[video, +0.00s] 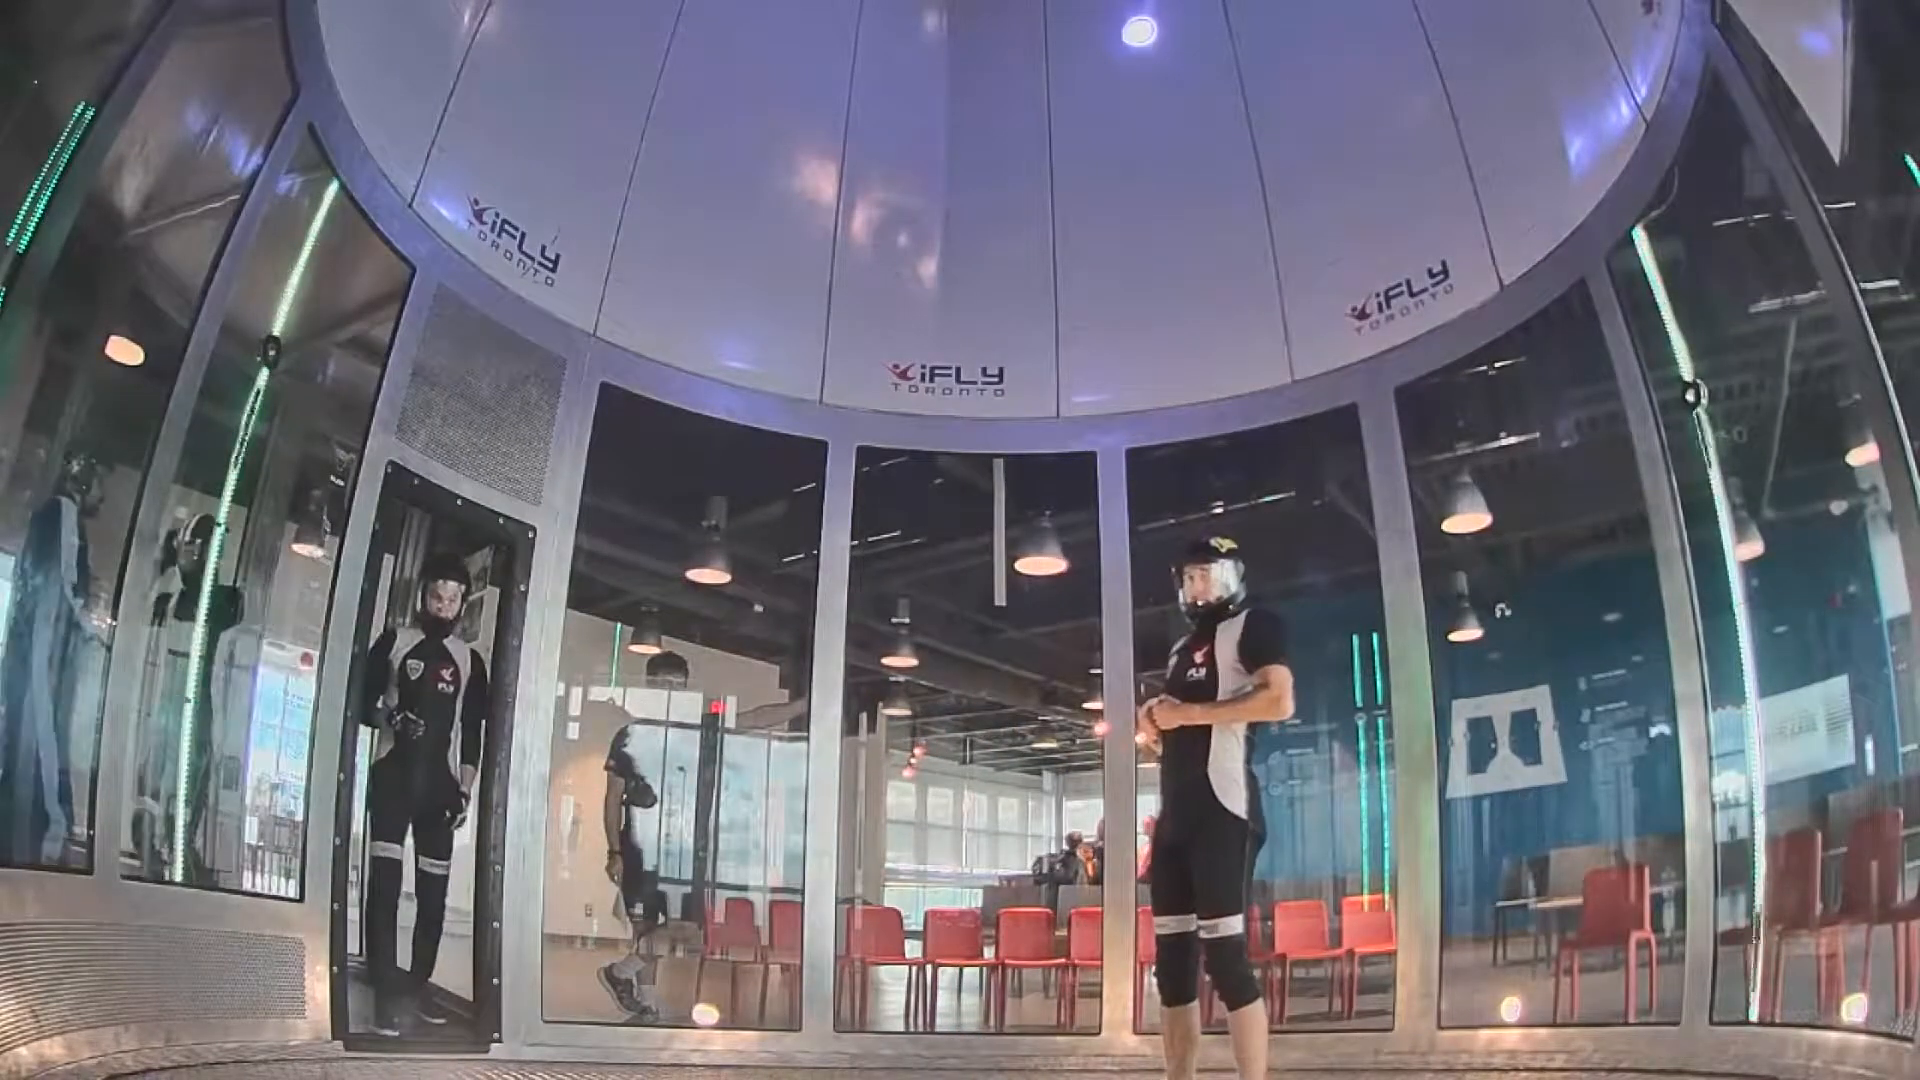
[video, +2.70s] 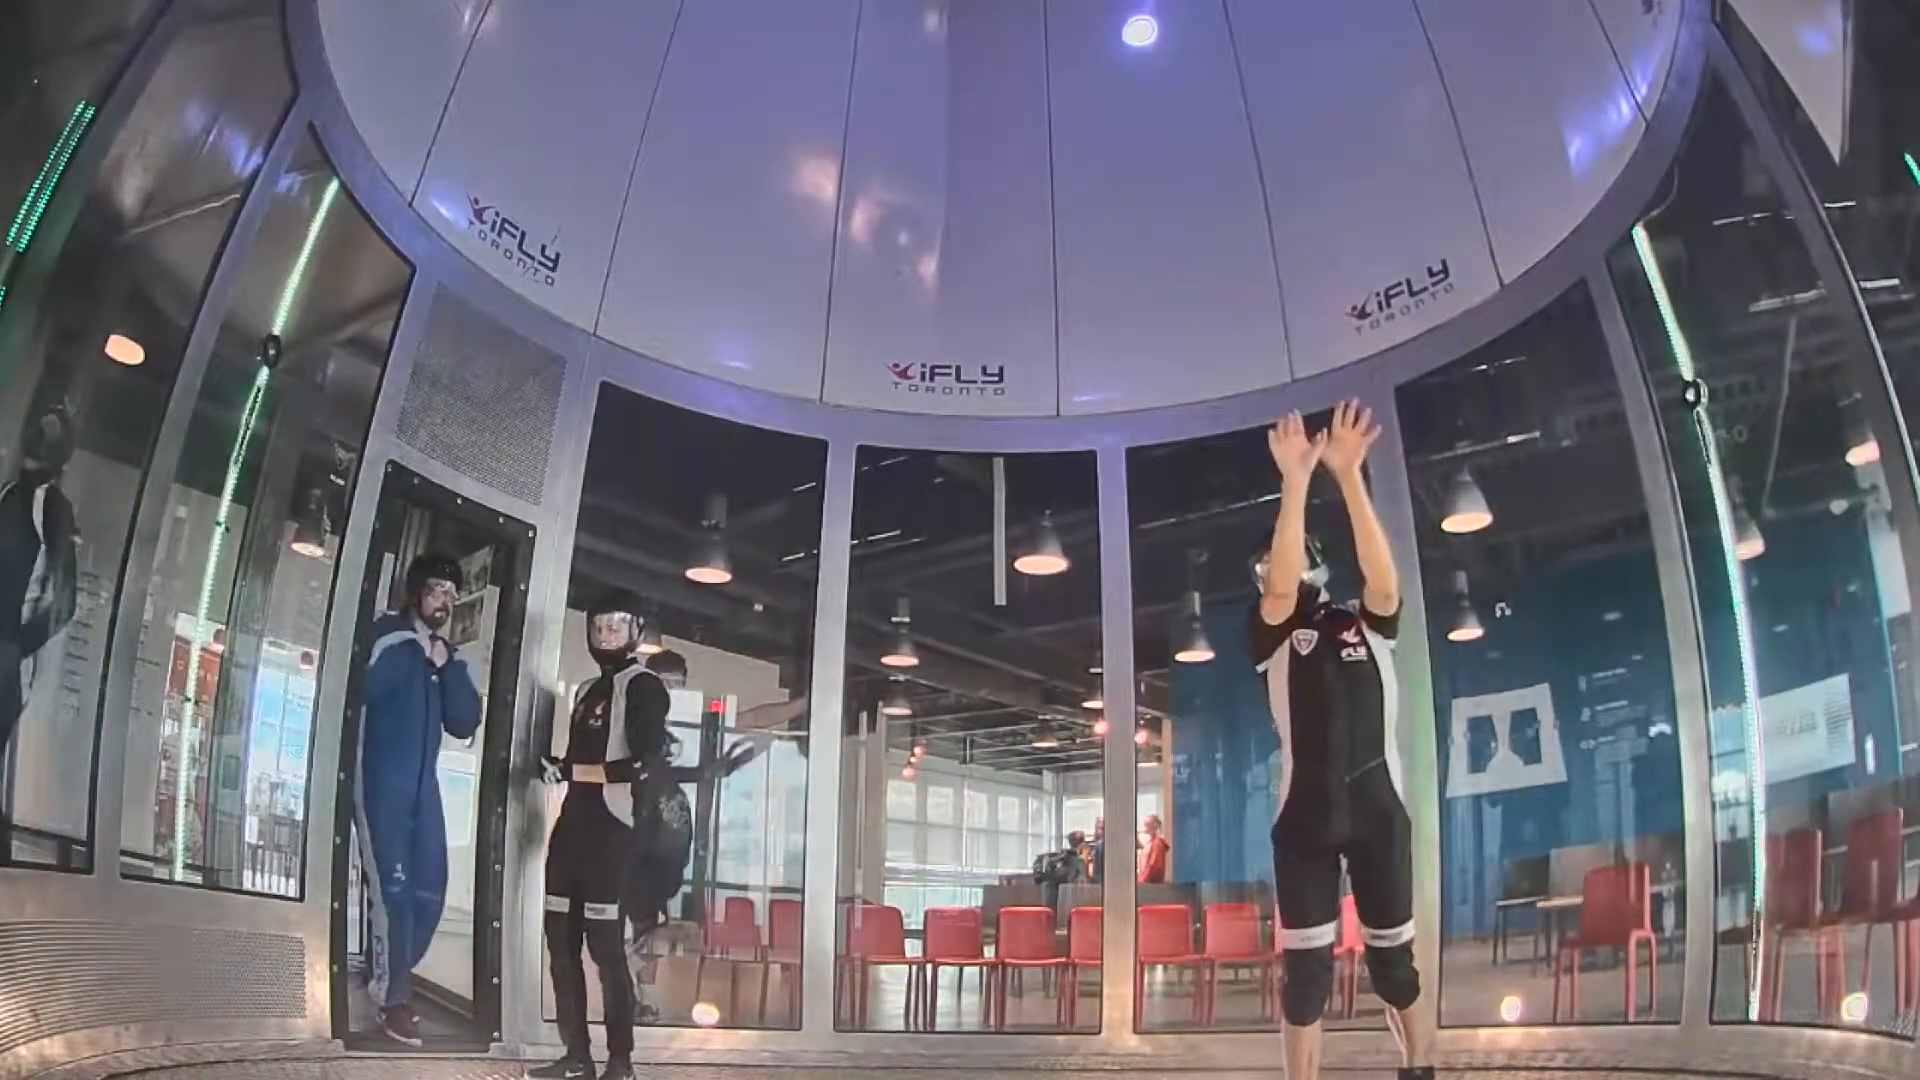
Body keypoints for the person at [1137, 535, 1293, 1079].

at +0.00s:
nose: (1195, 587)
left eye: (1205, 575)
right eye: (1189, 577)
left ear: (1232, 577)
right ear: (1181, 583)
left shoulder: (1256, 624)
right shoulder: (1184, 646)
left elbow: (1280, 702)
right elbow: (1167, 747)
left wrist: (1187, 713)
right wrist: (1150, 730)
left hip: (1226, 810)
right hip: (1176, 810)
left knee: (1225, 955)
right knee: (1173, 960)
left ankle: (1253, 1075)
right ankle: (1179, 1076)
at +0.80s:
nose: (1213, 595)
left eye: (1222, 584)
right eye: (1211, 586)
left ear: (1253, 586)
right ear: (1218, 594)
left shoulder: (1292, 645)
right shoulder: (1212, 662)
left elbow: (1329, 732)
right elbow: (1190, 749)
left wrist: (1240, 733)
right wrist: (1193, 741)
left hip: (1267, 823)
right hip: (1212, 824)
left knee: (1280, 965)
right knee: (1195, 962)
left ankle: (1339, 1068)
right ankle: (1183, 1076)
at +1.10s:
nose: (1274, 609)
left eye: (1284, 598)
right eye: (1272, 599)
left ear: (1315, 598)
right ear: (1272, 605)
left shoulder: (1367, 653)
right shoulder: (1268, 670)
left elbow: (1412, 729)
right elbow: (1251, 763)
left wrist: (1332, 733)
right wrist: (1271, 745)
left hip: (1354, 833)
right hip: (1293, 834)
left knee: (1373, 962)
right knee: (1242, 958)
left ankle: (1388, 1070)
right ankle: (1191, 1075)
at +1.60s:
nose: (1343, 596)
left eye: (1352, 585)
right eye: (1334, 587)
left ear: (1373, 591)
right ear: (1322, 598)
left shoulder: (1405, 646)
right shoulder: (1311, 667)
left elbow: (1449, 723)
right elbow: (1302, 760)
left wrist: (1371, 741)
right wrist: (1311, 750)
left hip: (1391, 826)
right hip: (1331, 827)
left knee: (1386, 966)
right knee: (1300, 955)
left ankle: (1393, 1066)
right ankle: (1293, 1075)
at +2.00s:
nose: (1327, 588)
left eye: (1336, 577)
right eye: (1317, 580)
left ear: (1355, 586)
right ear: (1304, 592)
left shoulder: (1399, 641)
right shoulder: (1292, 659)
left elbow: (1434, 702)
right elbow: (1284, 734)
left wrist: (1366, 647)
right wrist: (1322, 666)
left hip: (1382, 828)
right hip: (1318, 830)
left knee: (1387, 967)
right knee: (1313, 962)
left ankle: (1392, 1065)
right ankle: (1302, 1076)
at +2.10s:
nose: (1314, 579)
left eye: (1321, 573)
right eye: (1303, 571)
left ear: (1340, 584)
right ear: (1294, 588)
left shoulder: (1373, 634)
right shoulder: (1287, 641)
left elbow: (1408, 657)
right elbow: (1284, 665)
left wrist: (1366, 564)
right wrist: (1320, 583)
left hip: (1373, 816)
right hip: (1308, 820)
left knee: (1381, 965)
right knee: (1311, 967)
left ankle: (1391, 1062)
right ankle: (1301, 1078)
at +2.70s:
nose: (1298, 562)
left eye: (1305, 556)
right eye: (1282, 558)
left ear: (1321, 569)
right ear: (1268, 582)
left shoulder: (1372, 625)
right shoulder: (1271, 638)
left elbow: (1380, 574)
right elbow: (1283, 578)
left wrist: (1349, 475)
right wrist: (1295, 478)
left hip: (1379, 815)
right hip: (1306, 821)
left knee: (1395, 969)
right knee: (1307, 977)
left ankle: (1421, 1070)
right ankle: (1301, 1077)